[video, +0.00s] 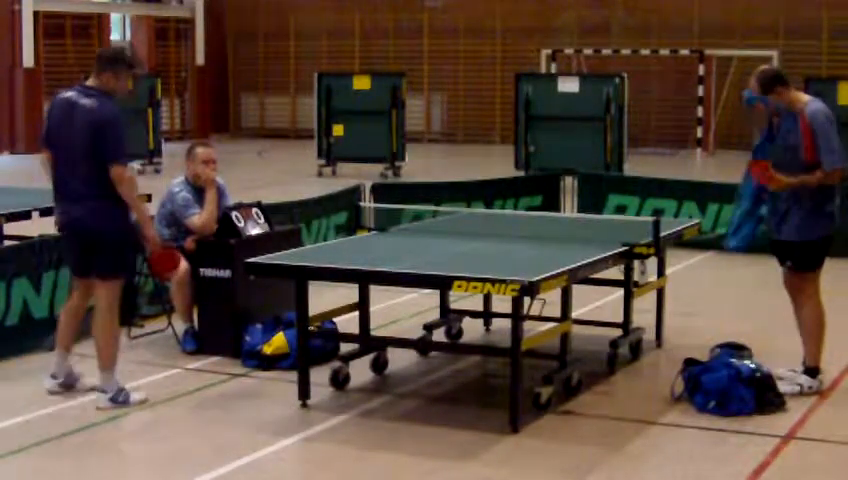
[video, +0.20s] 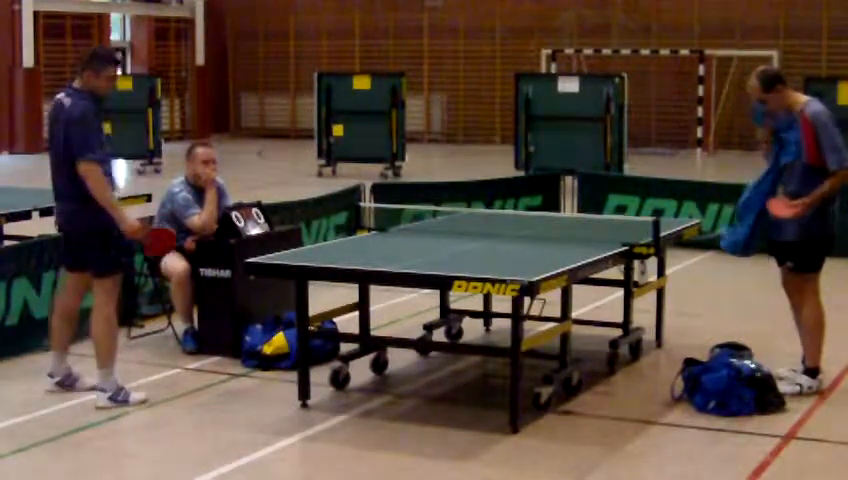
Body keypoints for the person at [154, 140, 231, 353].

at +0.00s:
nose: (212, 168)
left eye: (214, 163)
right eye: (206, 163)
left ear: (217, 164)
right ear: (190, 166)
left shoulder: (218, 187)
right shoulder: (178, 191)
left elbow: (225, 221)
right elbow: (204, 226)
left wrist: (199, 236)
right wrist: (211, 189)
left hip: (200, 241)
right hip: (168, 244)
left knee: (227, 262)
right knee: (182, 270)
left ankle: (224, 321)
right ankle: (188, 327)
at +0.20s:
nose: (211, 169)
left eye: (214, 163)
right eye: (205, 163)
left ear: (217, 164)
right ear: (190, 166)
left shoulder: (218, 187)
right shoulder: (178, 191)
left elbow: (226, 221)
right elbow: (205, 226)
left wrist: (199, 236)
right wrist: (211, 189)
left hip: (200, 240)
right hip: (168, 242)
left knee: (229, 261)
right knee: (180, 270)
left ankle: (226, 321)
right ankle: (188, 327)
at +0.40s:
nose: (211, 169)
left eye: (213, 163)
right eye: (205, 163)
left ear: (217, 165)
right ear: (190, 166)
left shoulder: (217, 187)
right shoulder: (178, 192)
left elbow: (225, 222)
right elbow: (205, 226)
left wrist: (197, 238)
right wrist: (211, 189)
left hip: (200, 241)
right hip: (167, 244)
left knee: (229, 261)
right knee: (181, 270)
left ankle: (225, 321)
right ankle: (189, 328)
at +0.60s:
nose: (212, 168)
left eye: (214, 163)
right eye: (205, 163)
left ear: (217, 164)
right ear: (190, 166)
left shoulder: (217, 187)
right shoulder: (178, 192)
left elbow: (224, 223)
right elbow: (204, 227)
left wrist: (197, 238)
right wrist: (211, 189)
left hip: (199, 241)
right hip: (166, 245)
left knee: (228, 263)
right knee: (181, 269)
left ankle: (223, 321)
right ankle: (189, 327)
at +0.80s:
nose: (210, 168)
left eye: (213, 163)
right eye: (205, 163)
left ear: (217, 165)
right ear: (190, 166)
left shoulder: (217, 187)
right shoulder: (178, 192)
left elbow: (226, 222)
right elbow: (205, 227)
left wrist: (197, 238)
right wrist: (211, 189)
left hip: (199, 241)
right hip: (165, 245)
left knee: (228, 263)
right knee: (181, 270)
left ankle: (224, 321)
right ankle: (189, 327)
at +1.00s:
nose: (211, 168)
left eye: (213, 163)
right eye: (205, 163)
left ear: (217, 165)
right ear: (190, 166)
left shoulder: (217, 187)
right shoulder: (178, 192)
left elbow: (225, 223)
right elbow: (205, 227)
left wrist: (197, 237)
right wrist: (211, 189)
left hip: (199, 241)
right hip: (166, 245)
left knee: (227, 263)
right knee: (181, 269)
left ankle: (222, 321)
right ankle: (188, 327)